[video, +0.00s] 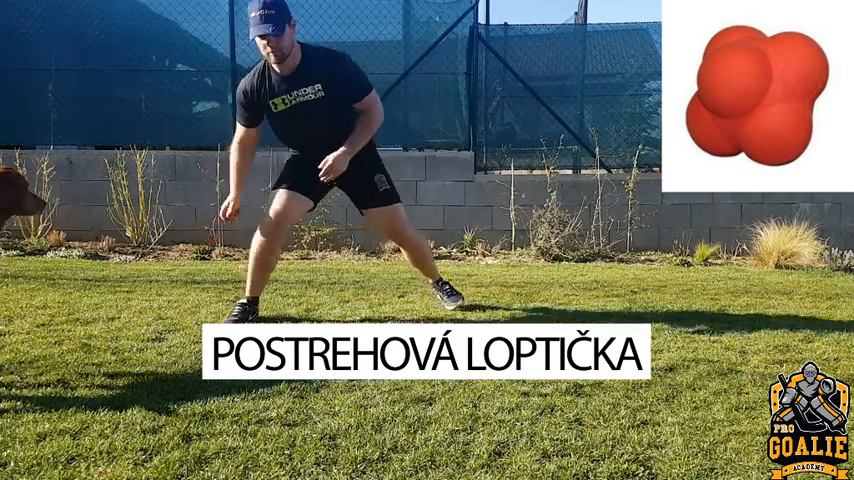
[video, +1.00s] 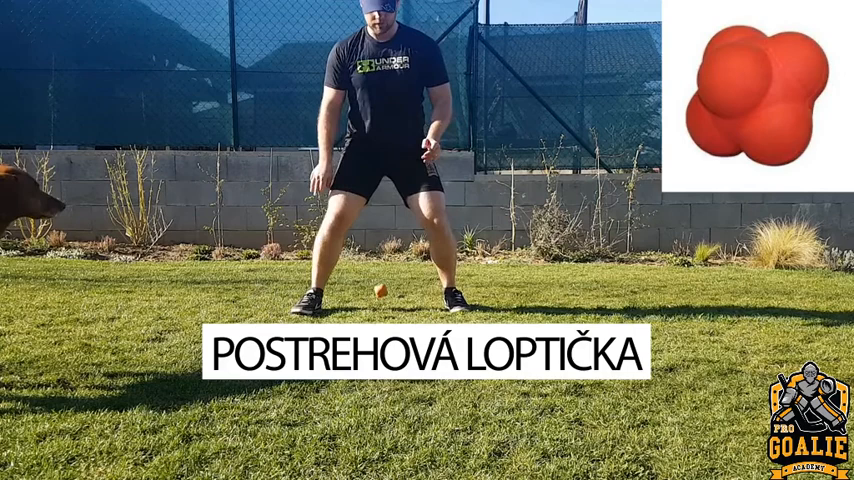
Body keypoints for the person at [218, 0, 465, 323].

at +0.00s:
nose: (269, 43)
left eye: (275, 33)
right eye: (261, 37)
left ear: (292, 28)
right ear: (254, 39)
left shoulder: (334, 64)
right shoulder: (252, 89)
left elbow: (373, 112)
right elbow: (243, 142)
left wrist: (346, 152)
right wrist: (234, 192)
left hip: (357, 152)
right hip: (307, 159)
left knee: (400, 233)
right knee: (273, 223)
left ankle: (439, 283)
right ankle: (249, 304)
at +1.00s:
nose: (378, 17)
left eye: (385, 10)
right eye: (371, 11)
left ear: (396, 8)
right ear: (362, 11)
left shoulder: (423, 47)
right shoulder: (344, 51)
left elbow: (443, 102)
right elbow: (330, 107)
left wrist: (434, 135)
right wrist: (324, 158)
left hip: (411, 149)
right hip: (363, 149)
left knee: (435, 218)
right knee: (335, 218)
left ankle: (450, 290)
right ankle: (314, 293)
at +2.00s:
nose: (323, 24)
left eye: (330, 15)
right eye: (316, 18)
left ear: (345, 17)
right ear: (309, 24)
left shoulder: (377, 61)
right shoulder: (297, 77)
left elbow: (407, 114)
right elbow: (282, 131)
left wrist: (385, 158)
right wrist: (302, 164)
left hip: (382, 157)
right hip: (332, 163)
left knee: (420, 230)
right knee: (301, 221)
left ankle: (448, 291)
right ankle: (277, 300)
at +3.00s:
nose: (390, 18)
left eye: (397, 12)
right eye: (383, 12)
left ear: (406, 10)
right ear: (372, 9)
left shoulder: (427, 49)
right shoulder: (350, 50)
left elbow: (445, 102)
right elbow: (333, 105)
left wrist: (442, 132)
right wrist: (326, 156)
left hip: (412, 149)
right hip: (365, 149)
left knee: (436, 215)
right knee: (337, 221)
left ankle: (452, 293)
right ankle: (319, 293)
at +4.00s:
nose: (366, 25)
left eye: (372, 17)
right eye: (359, 19)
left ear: (383, 12)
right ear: (349, 16)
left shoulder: (408, 47)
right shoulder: (332, 53)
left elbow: (431, 102)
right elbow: (317, 111)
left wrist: (415, 141)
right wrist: (343, 81)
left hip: (400, 148)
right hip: (352, 149)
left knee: (429, 216)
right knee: (329, 219)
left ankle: (452, 291)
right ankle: (317, 293)